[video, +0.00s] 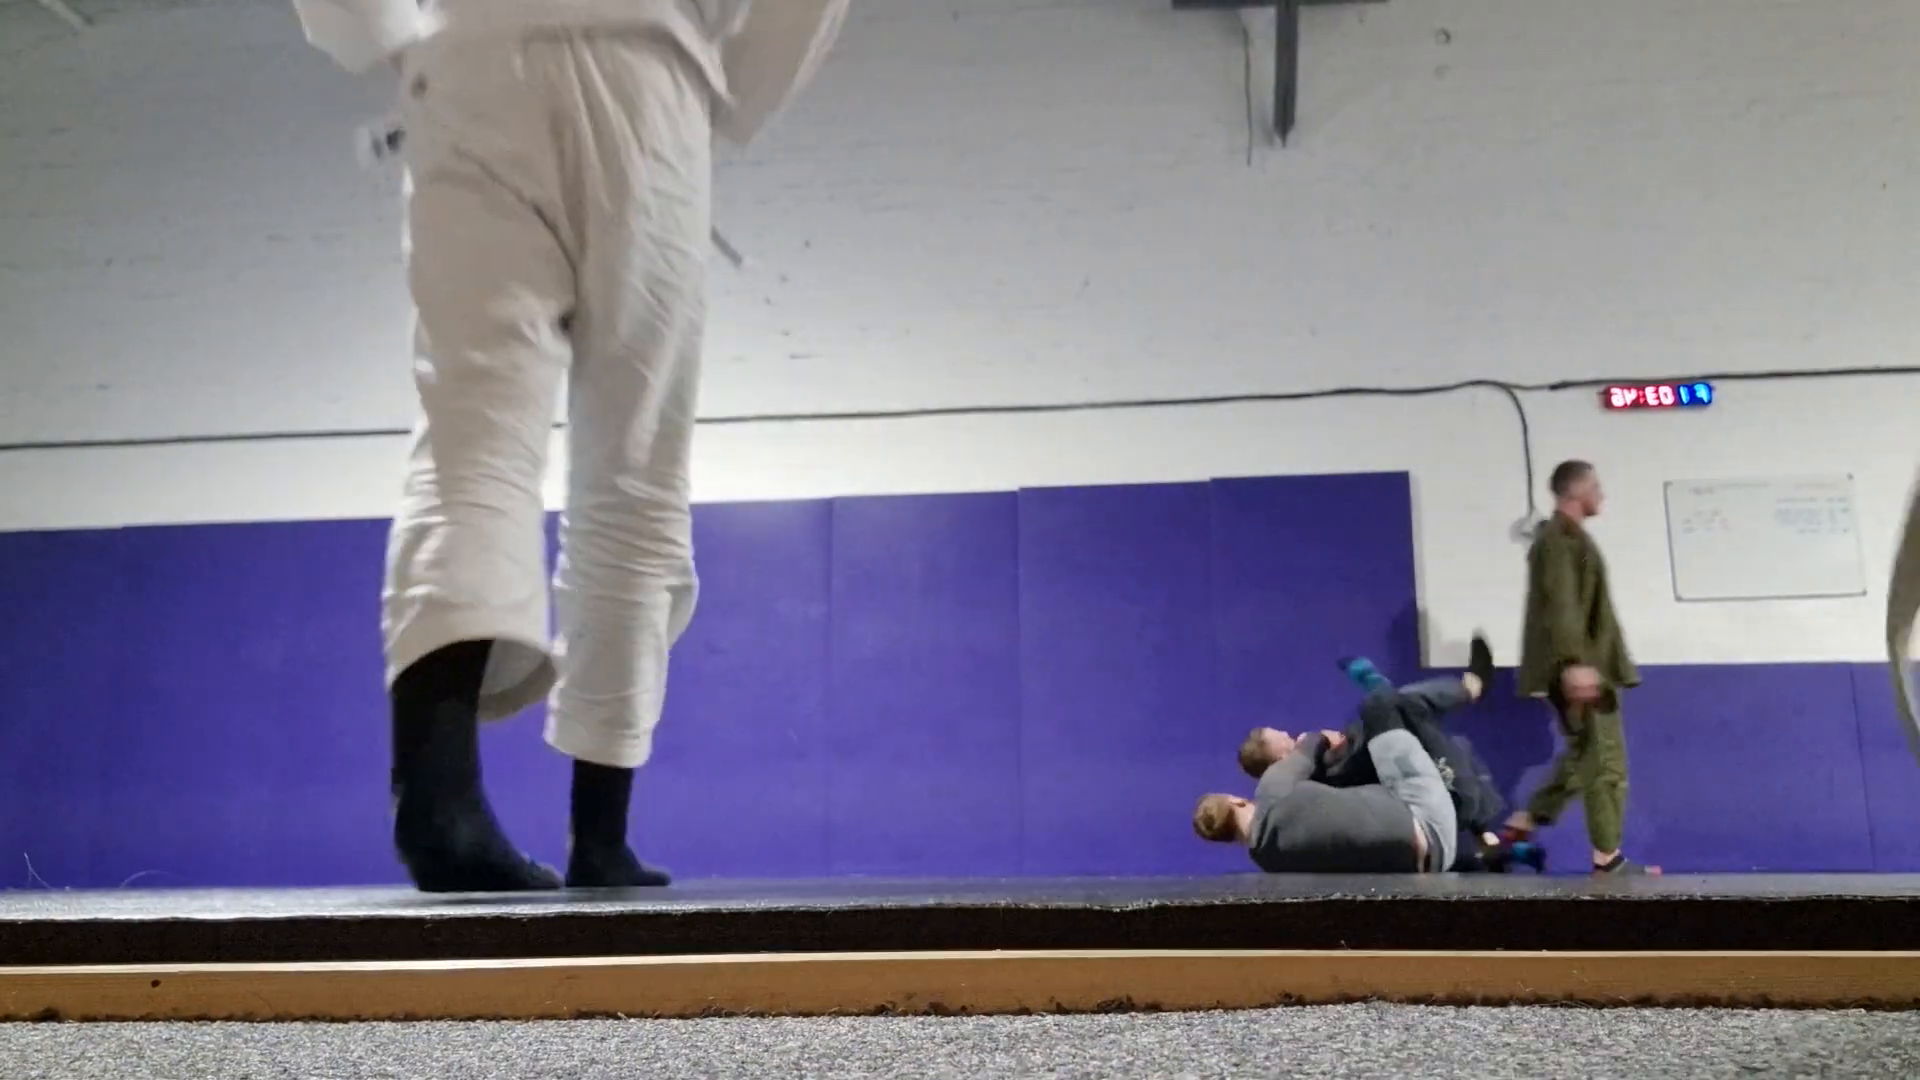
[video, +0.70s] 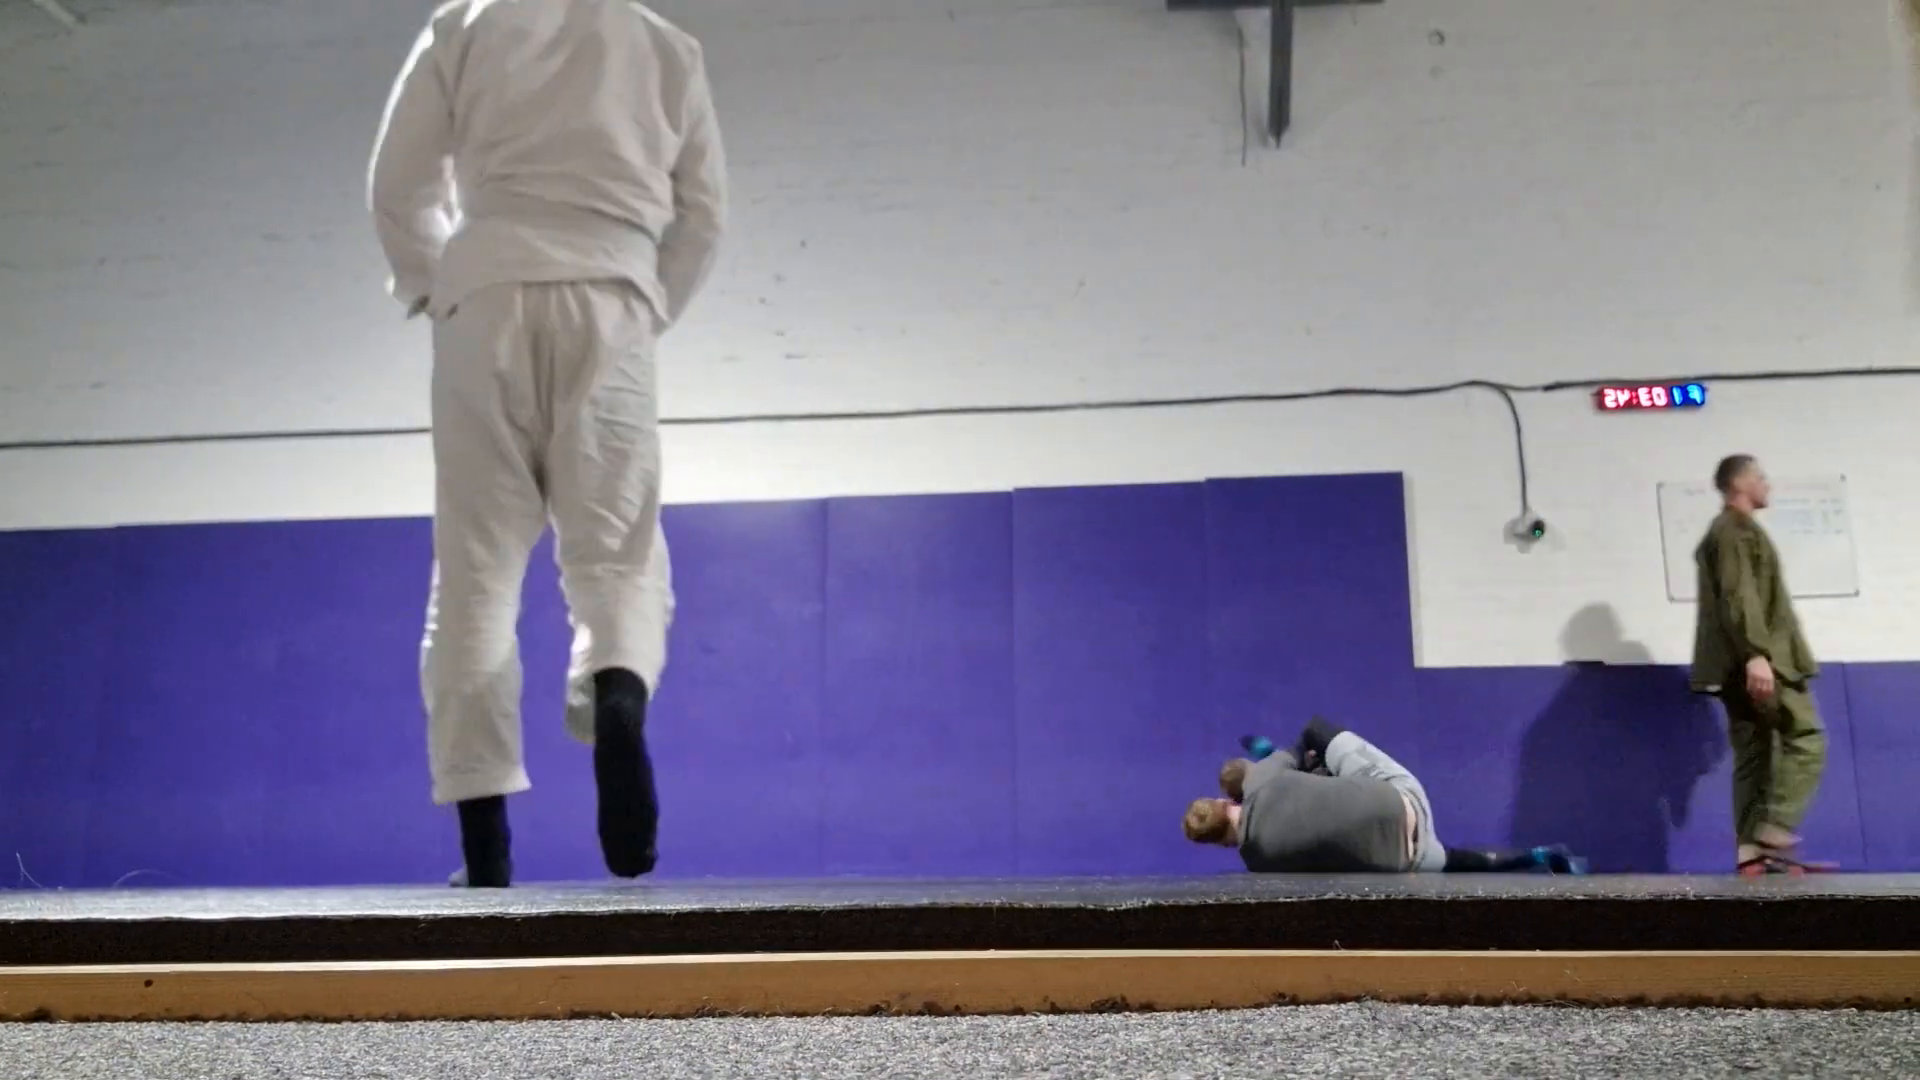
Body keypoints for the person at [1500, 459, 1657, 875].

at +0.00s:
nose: (1600, 494)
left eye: (1597, 486)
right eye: (1593, 486)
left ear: (1571, 492)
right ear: (1574, 492)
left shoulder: (1571, 537)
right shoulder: (1558, 540)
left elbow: (1574, 607)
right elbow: (1563, 606)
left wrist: (1605, 663)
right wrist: (1574, 662)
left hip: (1577, 669)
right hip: (1582, 670)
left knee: (1588, 754)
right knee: (1605, 760)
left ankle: (1525, 823)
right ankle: (1607, 858)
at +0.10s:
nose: (1623, 489)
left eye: (1621, 482)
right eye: (1617, 482)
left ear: (1592, 488)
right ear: (1596, 487)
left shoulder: (1585, 535)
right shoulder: (1586, 538)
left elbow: (1593, 607)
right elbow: (1601, 604)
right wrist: (1634, 651)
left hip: (1596, 664)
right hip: (1600, 665)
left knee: (1622, 747)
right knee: (1615, 750)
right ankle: (1606, 855)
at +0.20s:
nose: (1646, 489)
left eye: (1644, 481)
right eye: (1640, 481)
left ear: (1612, 488)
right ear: (1620, 486)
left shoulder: (1616, 534)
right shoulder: (1608, 533)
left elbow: (1631, 604)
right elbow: (1638, 596)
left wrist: (1675, 646)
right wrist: (1685, 634)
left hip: (1630, 666)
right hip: (1616, 667)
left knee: (1662, 751)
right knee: (1619, 758)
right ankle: (1605, 860)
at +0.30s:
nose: (1670, 491)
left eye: (1668, 484)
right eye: (1663, 484)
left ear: (1639, 492)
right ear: (1641, 490)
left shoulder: (1636, 536)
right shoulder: (1633, 537)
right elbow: (1667, 596)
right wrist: (1726, 627)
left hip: (1654, 670)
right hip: (1642, 671)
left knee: (1685, 760)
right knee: (1631, 762)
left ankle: (1733, 848)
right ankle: (1605, 856)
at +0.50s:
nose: (1718, 489)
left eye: (1715, 482)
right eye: (1710, 482)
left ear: (1688, 492)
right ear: (1689, 490)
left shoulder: (1689, 537)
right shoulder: (1683, 539)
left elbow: (1698, 608)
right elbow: (1713, 601)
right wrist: (1763, 641)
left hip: (1706, 669)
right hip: (1693, 671)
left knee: (1737, 755)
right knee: (1712, 752)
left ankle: (1750, 855)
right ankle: (1641, 826)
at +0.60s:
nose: (1741, 487)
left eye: (1738, 479)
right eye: (1733, 480)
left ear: (1710, 490)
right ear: (1712, 487)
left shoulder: (1700, 535)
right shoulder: (1712, 535)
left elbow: (1714, 604)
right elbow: (1730, 599)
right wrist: (1759, 649)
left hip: (1711, 666)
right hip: (1728, 664)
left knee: (1745, 752)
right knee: (1768, 740)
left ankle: (1750, 854)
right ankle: (1701, 814)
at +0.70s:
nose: (1767, 484)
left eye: (1764, 477)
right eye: (1759, 477)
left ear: (1736, 486)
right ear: (1738, 484)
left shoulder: (1726, 531)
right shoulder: (1736, 531)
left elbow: (1731, 603)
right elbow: (1741, 599)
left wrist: (1747, 658)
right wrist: (1756, 654)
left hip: (1735, 667)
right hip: (1761, 664)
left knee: (1752, 756)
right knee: (1807, 742)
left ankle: (1751, 853)